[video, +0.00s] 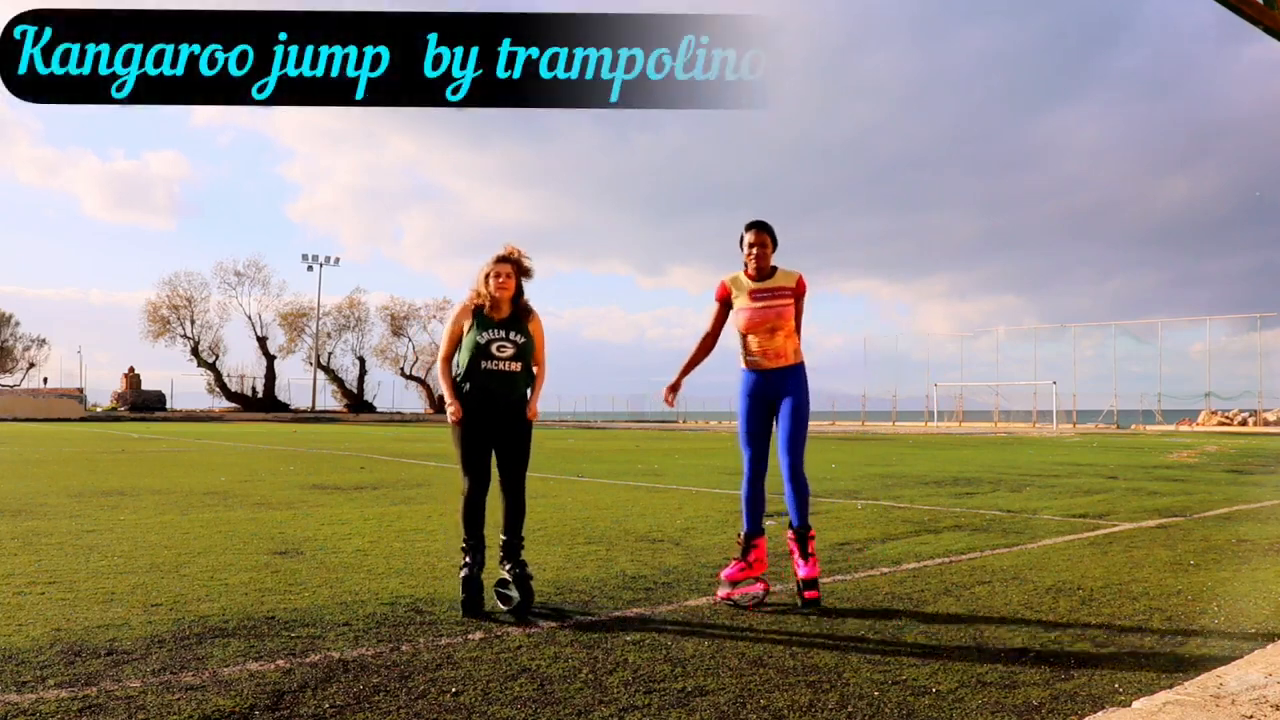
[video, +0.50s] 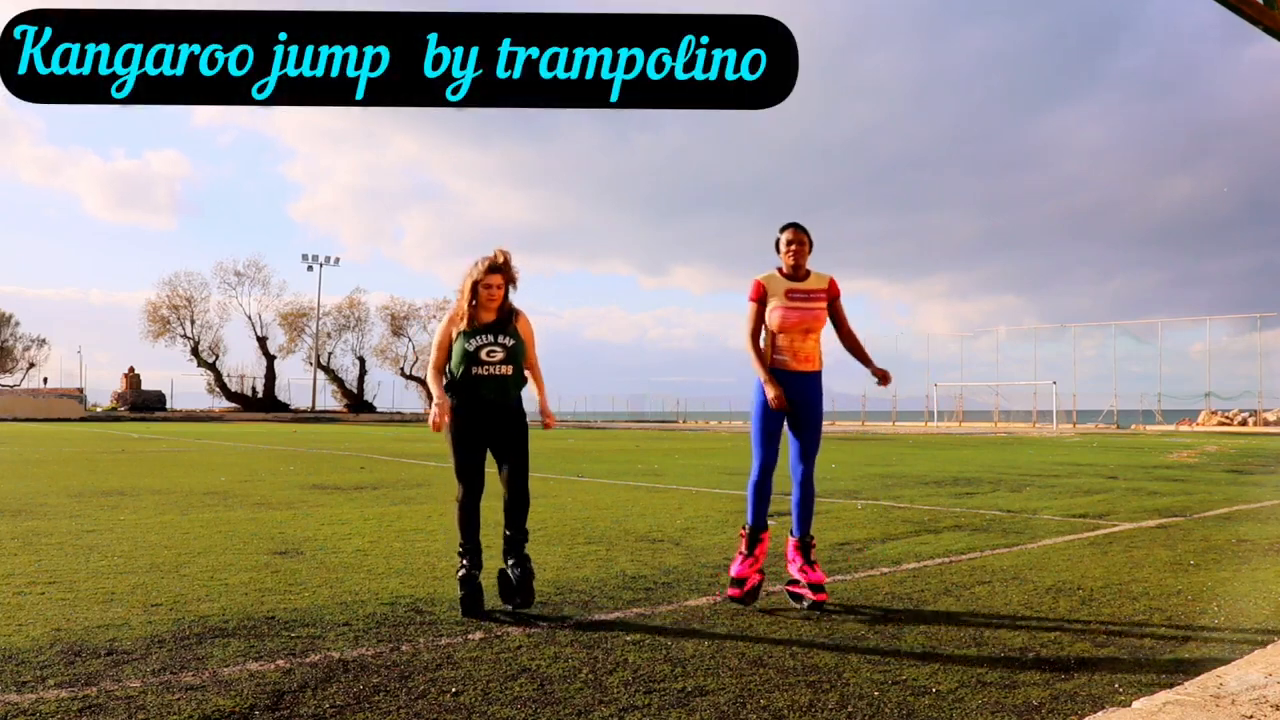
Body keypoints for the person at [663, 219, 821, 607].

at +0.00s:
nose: (755, 251)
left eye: (761, 245)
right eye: (749, 246)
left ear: (773, 249)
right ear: (742, 250)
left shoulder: (794, 282)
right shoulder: (731, 287)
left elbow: (795, 331)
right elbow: (710, 338)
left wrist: (789, 366)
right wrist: (679, 377)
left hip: (792, 381)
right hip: (753, 382)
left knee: (792, 466)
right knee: (754, 467)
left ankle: (802, 546)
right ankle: (752, 551)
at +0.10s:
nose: (760, 249)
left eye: (766, 244)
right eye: (755, 244)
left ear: (778, 249)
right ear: (747, 250)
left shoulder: (797, 282)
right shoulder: (735, 286)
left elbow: (802, 332)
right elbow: (715, 335)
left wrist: (801, 371)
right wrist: (691, 375)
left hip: (794, 380)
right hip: (754, 382)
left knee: (797, 470)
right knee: (755, 468)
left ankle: (801, 553)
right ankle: (752, 552)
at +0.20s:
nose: (771, 248)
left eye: (777, 242)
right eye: (765, 243)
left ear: (787, 248)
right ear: (756, 249)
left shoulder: (805, 282)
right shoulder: (744, 285)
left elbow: (814, 333)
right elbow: (727, 334)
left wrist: (826, 383)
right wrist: (715, 380)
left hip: (800, 381)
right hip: (761, 381)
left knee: (800, 469)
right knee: (759, 467)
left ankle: (801, 551)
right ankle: (752, 550)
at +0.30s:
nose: (778, 245)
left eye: (783, 239)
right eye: (772, 240)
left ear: (794, 246)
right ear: (763, 248)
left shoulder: (812, 280)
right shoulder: (753, 283)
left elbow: (825, 332)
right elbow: (737, 336)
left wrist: (846, 380)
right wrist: (732, 384)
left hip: (803, 380)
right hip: (764, 380)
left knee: (802, 468)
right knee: (759, 467)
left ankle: (802, 551)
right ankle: (752, 549)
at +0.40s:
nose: (788, 247)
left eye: (794, 242)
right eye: (783, 242)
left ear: (804, 248)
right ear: (774, 250)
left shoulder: (821, 283)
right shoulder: (762, 284)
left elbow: (838, 333)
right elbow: (750, 337)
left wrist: (866, 369)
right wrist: (756, 384)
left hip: (807, 383)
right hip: (769, 381)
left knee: (803, 470)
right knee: (759, 467)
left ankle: (801, 552)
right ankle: (751, 548)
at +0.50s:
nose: (793, 248)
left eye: (799, 243)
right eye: (787, 243)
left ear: (809, 249)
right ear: (778, 251)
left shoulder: (826, 285)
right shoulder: (764, 285)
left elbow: (845, 333)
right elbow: (751, 339)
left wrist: (871, 366)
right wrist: (768, 382)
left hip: (809, 384)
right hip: (769, 381)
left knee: (803, 472)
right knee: (762, 467)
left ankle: (801, 552)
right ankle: (752, 546)